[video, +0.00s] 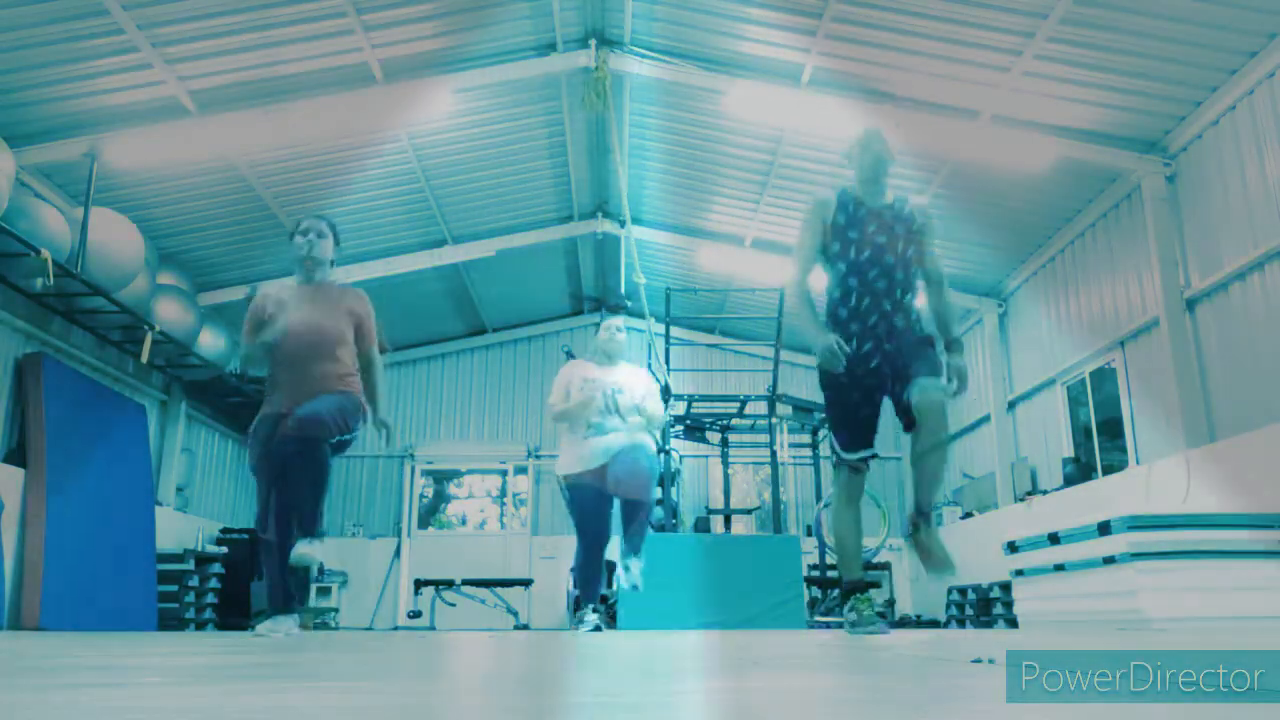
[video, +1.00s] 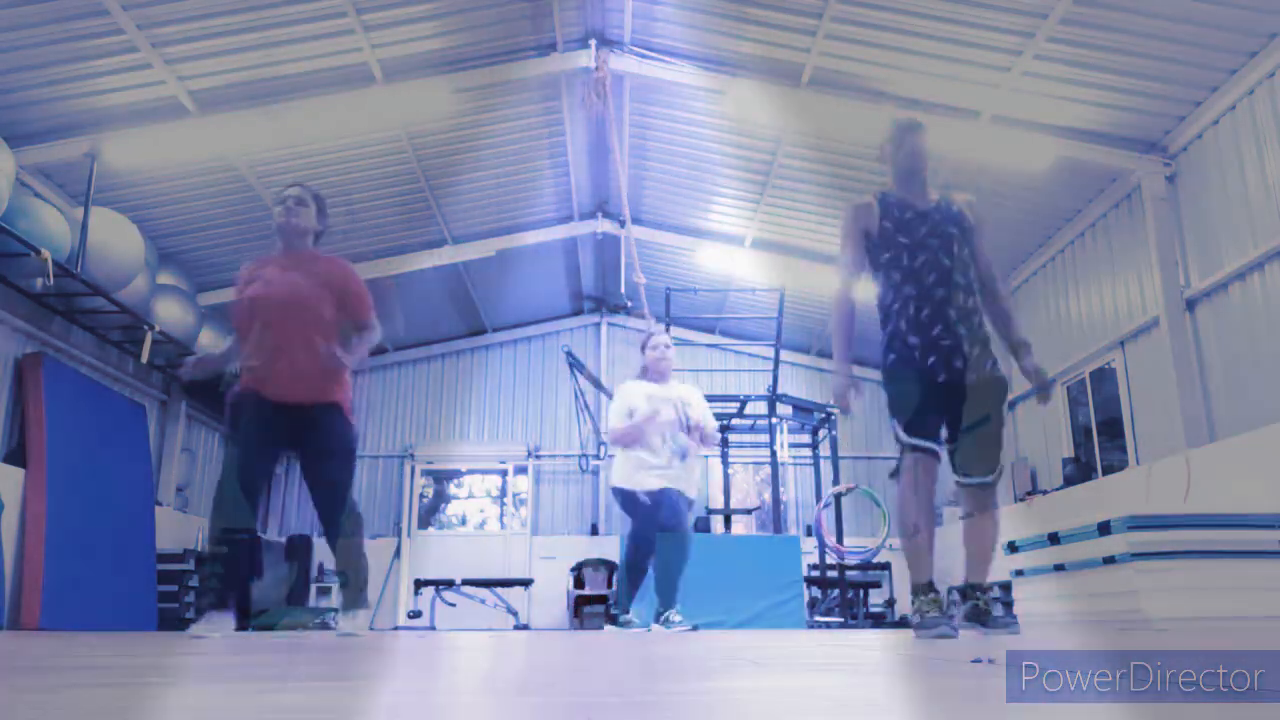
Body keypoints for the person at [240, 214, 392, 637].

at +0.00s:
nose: (310, 242)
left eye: (319, 236)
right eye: (303, 235)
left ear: (334, 249)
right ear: (292, 247)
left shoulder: (354, 299)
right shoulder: (269, 297)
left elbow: (371, 362)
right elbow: (245, 360)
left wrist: (377, 412)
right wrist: (264, 334)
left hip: (338, 398)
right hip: (279, 405)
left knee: (303, 429)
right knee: (273, 509)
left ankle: (307, 535)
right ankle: (282, 612)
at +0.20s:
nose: (321, 216)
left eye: (331, 212)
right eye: (314, 210)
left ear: (346, 228)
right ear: (302, 223)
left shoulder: (361, 276)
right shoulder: (275, 271)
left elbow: (385, 338)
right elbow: (249, 329)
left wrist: (377, 371)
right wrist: (274, 335)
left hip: (337, 386)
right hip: (281, 389)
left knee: (311, 467)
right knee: (281, 485)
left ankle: (301, 586)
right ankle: (302, 581)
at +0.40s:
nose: (322, 228)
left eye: (333, 224)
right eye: (315, 223)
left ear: (350, 240)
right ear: (304, 236)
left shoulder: (364, 291)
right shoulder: (278, 287)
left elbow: (387, 356)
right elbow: (257, 350)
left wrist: (357, 368)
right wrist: (246, 380)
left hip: (332, 418)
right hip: (276, 419)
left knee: (306, 501)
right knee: (267, 515)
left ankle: (298, 612)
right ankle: (309, 589)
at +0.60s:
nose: (317, 208)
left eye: (328, 202)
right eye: (310, 201)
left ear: (346, 217)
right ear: (301, 213)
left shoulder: (363, 265)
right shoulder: (282, 265)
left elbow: (396, 326)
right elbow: (268, 327)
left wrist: (355, 340)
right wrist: (244, 365)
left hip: (339, 396)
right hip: (286, 392)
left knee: (322, 491)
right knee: (253, 440)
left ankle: (308, 603)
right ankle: (276, 535)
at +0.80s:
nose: (313, 218)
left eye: (324, 212)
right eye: (308, 211)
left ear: (343, 228)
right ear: (300, 222)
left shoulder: (358, 278)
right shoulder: (279, 277)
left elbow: (383, 344)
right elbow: (262, 339)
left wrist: (336, 354)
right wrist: (237, 374)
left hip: (337, 406)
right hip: (283, 396)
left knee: (325, 509)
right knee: (250, 413)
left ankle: (324, 606)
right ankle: (260, 533)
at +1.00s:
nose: (289, 210)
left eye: (300, 205)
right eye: (283, 205)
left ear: (319, 221)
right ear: (274, 217)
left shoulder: (338, 272)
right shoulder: (253, 272)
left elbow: (370, 329)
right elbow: (242, 341)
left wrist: (354, 354)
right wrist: (211, 362)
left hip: (322, 404)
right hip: (260, 400)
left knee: (336, 506)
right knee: (235, 496)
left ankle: (355, 606)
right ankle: (220, 608)